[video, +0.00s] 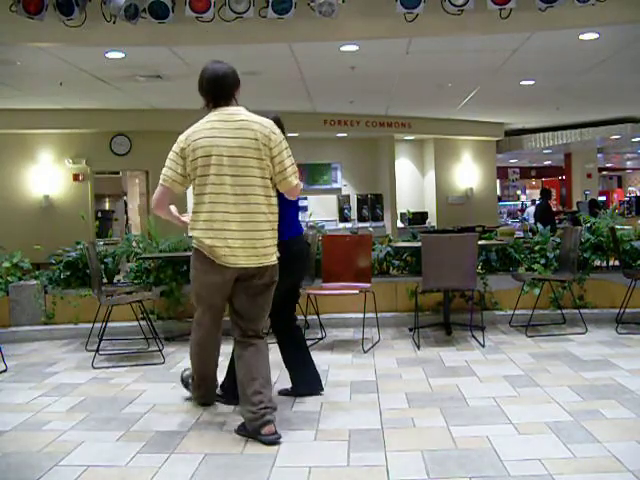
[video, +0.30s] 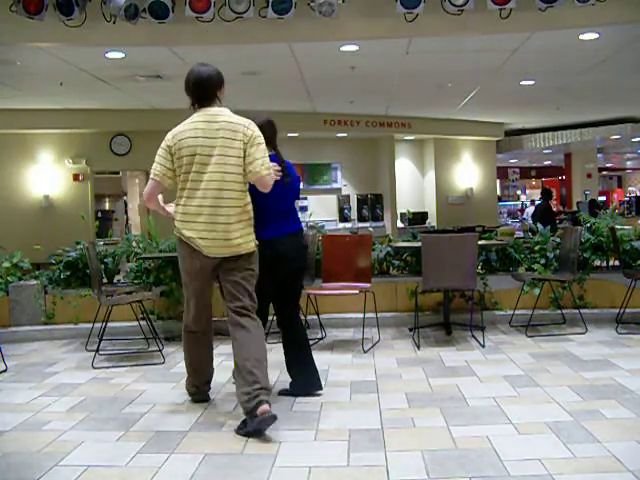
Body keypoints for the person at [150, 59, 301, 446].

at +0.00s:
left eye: (205, 93)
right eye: (236, 89)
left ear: (203, 96)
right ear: (239, 91)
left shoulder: (192, 136)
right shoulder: (266, 130)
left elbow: (160, 203)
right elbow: (292, 191)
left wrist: (181, 220)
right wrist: (284, 173)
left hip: (212, 251)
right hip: (261, 251)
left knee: (206, 322)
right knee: (253, 334)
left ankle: (203, 389)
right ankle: (260, 421)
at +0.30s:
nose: (222, 93)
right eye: (222, 88)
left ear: (189, 96)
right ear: (222, 91)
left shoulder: (178, 135)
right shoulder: (246, 129)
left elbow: (149, 197)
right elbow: (264, 183)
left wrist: (165, 210)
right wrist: (266, 170)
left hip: (194, 239)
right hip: (238, 238)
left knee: (196, 317)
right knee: (244, 315)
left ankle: (198, 388)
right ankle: (257, 402)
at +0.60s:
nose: (216, 102)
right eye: (215, 97)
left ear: (182, 105)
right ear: (213, 100)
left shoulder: (168, 139)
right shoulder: (232, 133)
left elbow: (142, 193)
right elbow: (246, 181)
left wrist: (155, 208)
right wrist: (251, 169)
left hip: (185, 238)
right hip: (226, 237)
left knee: (197, 314)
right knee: (239, 307)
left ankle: (199, 386)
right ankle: (254, 380)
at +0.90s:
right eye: (201, 112)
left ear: (172, 119)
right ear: (202, 113)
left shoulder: (164, 149)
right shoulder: (226, 142)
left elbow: (140, 204)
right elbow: (254, 192)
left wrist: (141, 208)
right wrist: (268, 175)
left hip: (186, 244)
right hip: (227, 242)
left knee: (199, 314)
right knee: (249, 307)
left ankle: (200, 386)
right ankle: (270, 379)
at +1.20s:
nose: (179, 132)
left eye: (178, 127)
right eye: (178, 127)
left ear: (185, 123)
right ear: (206, 118)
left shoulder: (184, 152)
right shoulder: (240, 145)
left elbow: (168, 206)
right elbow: (267, 189)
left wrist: (146, 205)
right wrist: (268, 172)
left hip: (210, 248)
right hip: (248, 245)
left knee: (204, 315)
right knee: (265, 305)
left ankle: (200, 385)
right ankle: (312, 362)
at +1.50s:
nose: (218, 135)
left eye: (219, 128)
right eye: (216, 129)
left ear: (236, 124)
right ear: (243, 124)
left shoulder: (245, 155)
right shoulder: (273, 147)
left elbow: (228, 209)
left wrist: (184, 203)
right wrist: (199, 208)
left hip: (259, 251)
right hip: (285, 248)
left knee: (223, 310)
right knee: (278, 309)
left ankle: (210, 383)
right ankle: (327, 357)